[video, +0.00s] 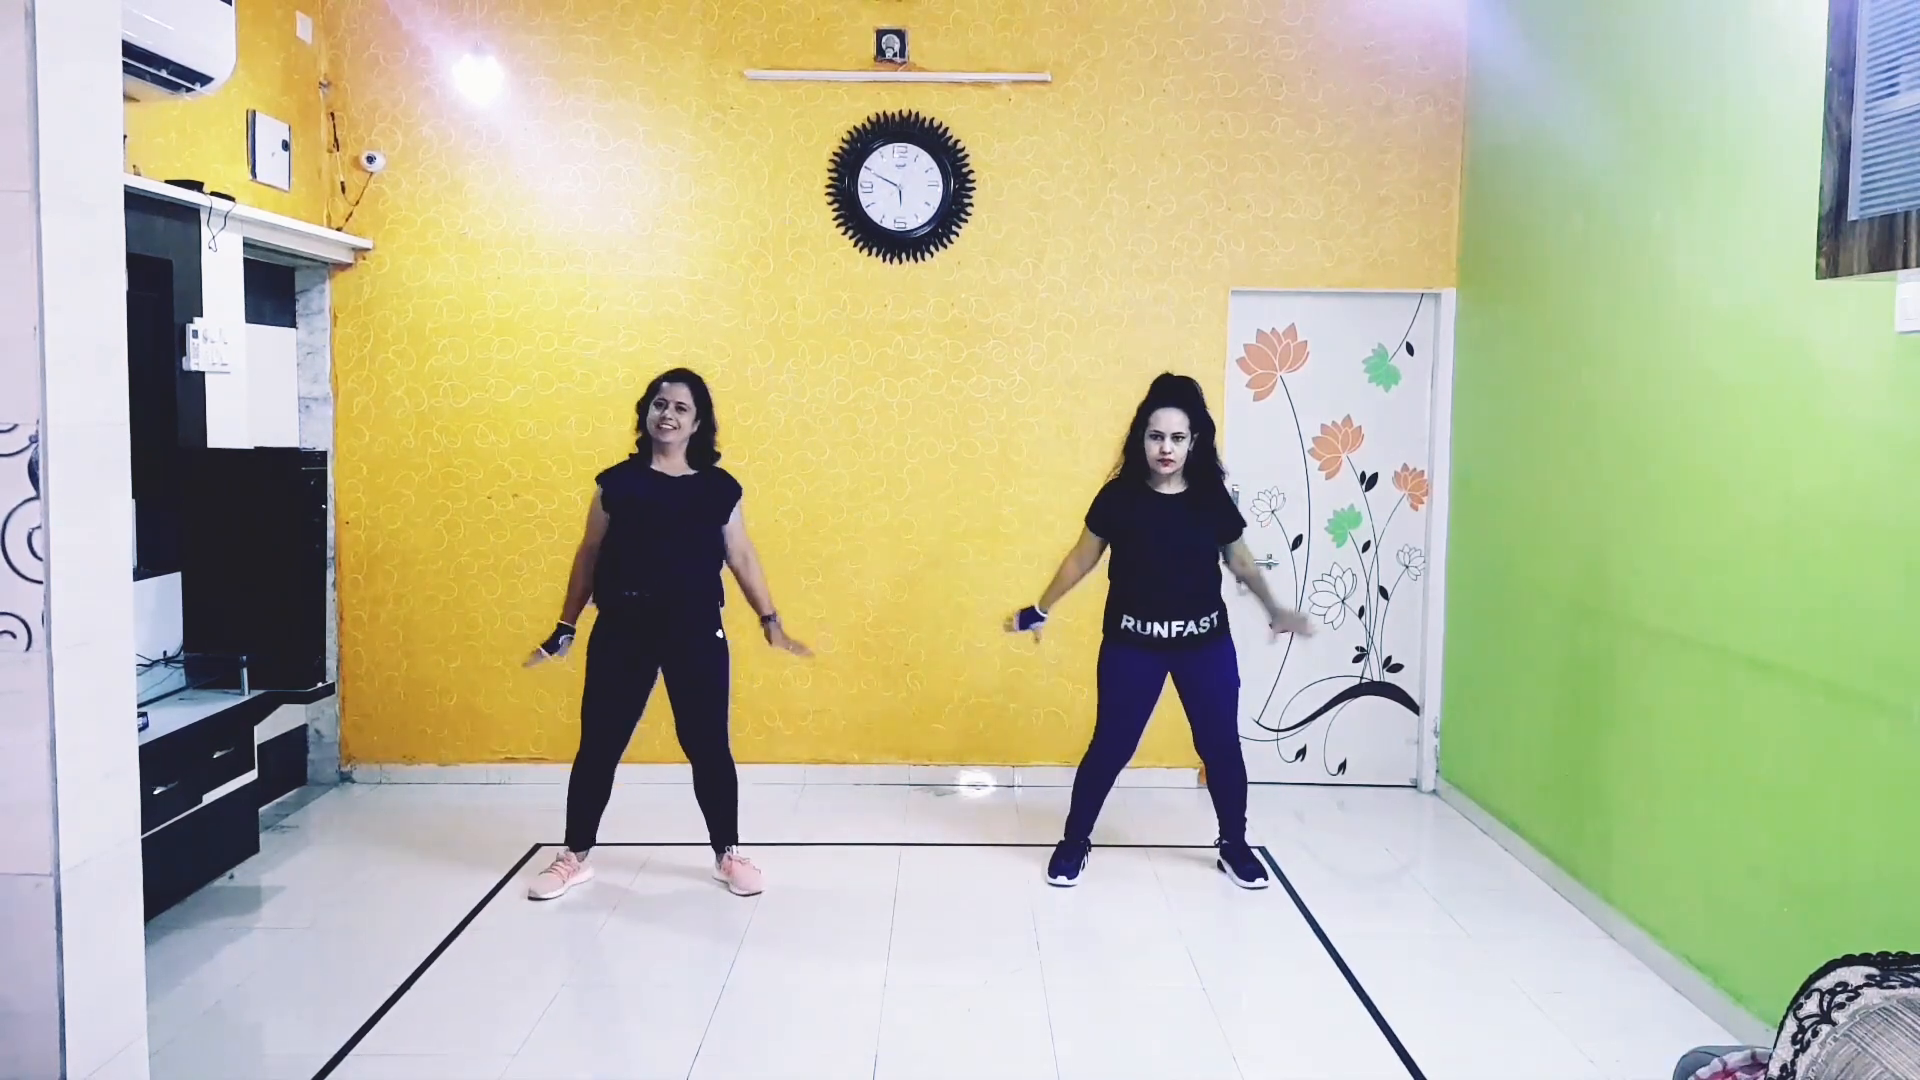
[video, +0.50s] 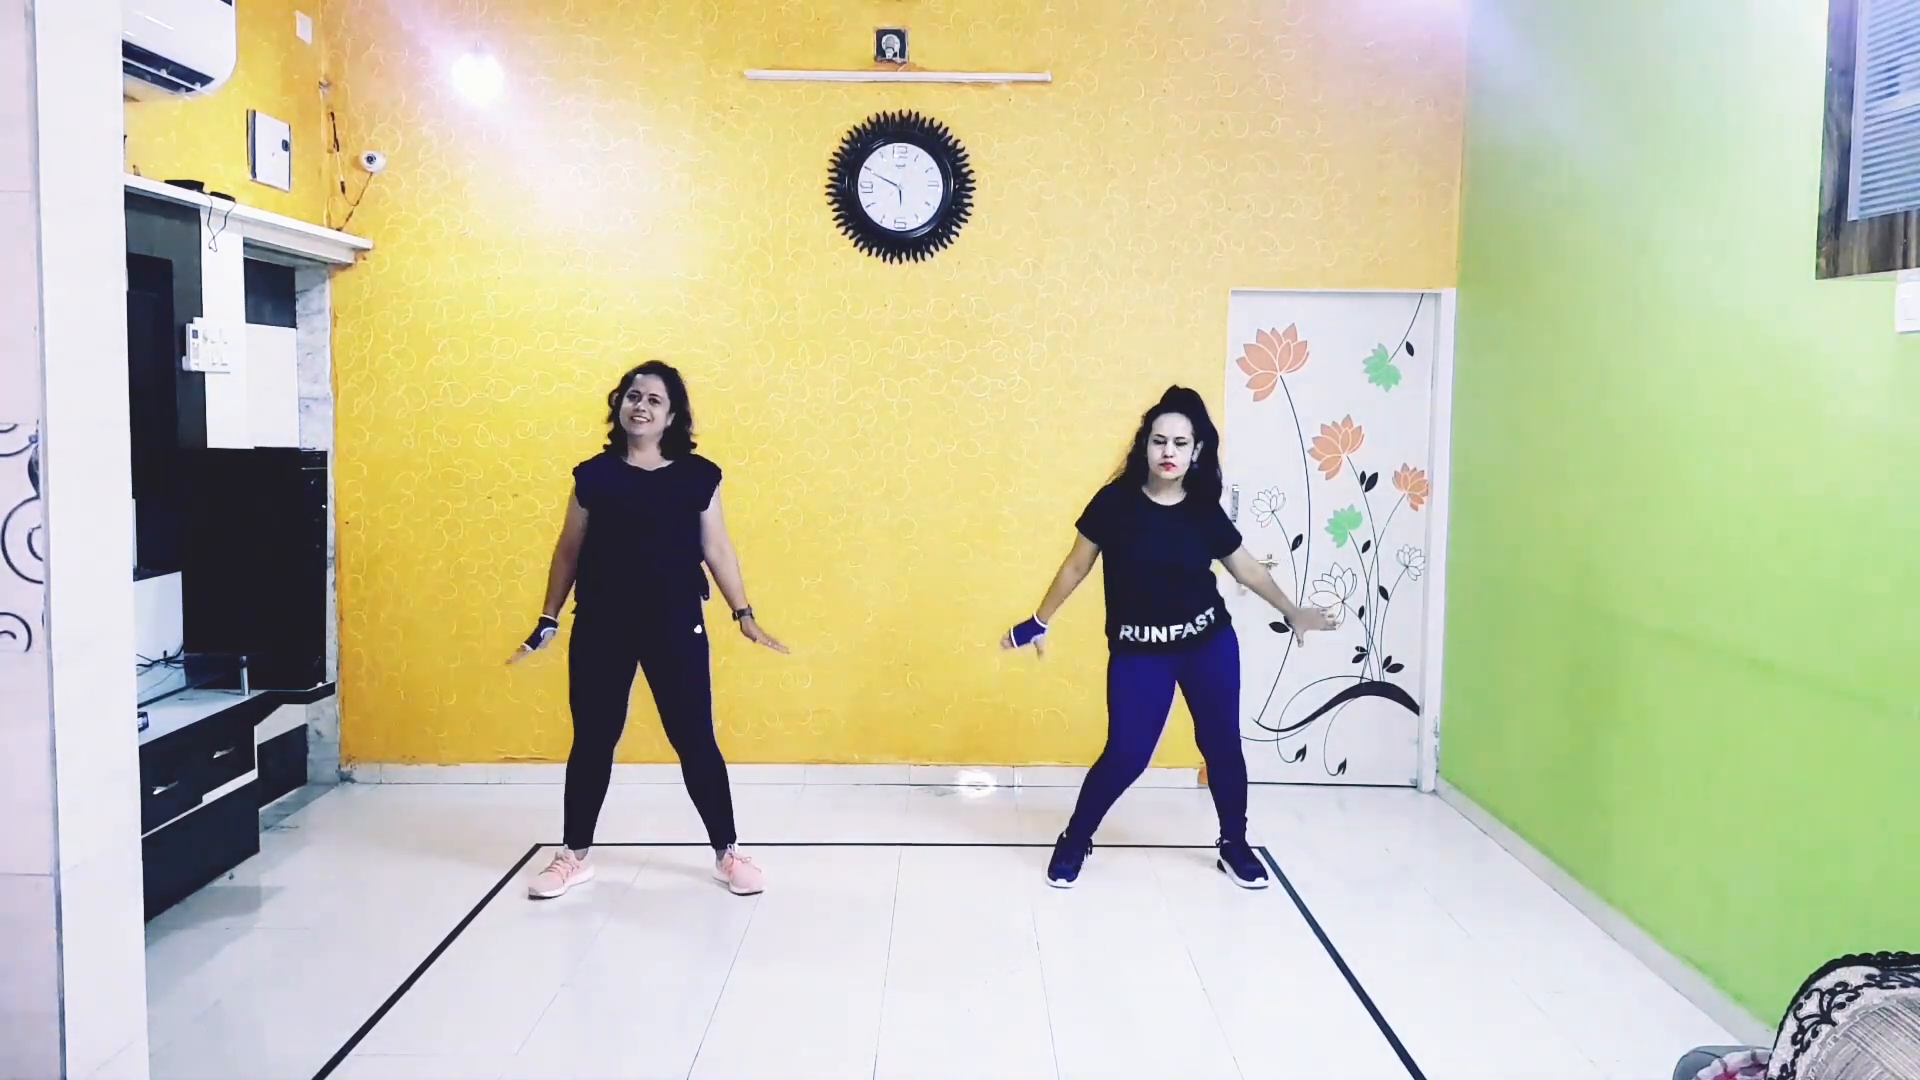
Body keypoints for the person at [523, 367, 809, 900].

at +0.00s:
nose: (668, 414)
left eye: (681, 408)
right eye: (659, 405)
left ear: (699, 421)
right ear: (646, 415)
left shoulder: (718, 488)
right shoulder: (617, 483)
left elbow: (742, 556)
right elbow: (590, 554)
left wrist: (770, 616)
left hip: (695, 635)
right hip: (623, 633)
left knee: (710, 746)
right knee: (598, 745)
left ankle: (729, 854)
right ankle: (574, 856)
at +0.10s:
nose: (661, 409)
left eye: (675, 403)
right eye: (653, 399)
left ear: (694, 416)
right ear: (640, 407)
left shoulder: (713, 481)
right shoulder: (610, 474)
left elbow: (735, 549)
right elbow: (582, 548)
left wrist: (765, 608)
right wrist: (553, 614)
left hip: (686, 628)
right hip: (614, 625)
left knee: (702, 741)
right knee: (598, 740)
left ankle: (727, 851)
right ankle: (573, 854)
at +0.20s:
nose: (655, 407)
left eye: (668, 401)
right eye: (647, 397)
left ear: (687, 416)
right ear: (633, 406)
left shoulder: (706, 478)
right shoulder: (605, 472)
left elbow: (733, 548)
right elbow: (570, 546)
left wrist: (766, 606)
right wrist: (532, 610)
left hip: (682, 631)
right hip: (609, 628)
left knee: (699, 742)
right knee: (596, 741)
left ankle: (726, 852)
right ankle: (574, 854)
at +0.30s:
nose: (649, 406)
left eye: (663, 400)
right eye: (642, 396)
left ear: (681, 414)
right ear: (627, 405)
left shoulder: (702, 476)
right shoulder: (600, 471)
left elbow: (728, 547)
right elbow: (565, 547)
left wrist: (758, 606)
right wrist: (529, 610)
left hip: (681, 627)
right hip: (609, 624)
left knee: (698, 737)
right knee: (595, 738)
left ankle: (727, 853)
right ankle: (573, 854)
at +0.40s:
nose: (642, 405)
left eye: (656, 399)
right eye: (635, 396)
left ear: (676, 413)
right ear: (622, 405)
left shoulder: (698, 477)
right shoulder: (596, 474)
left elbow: (721, 546)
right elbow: (568, 547)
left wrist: (748, 609)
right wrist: (542, 613)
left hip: (680, 628)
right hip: (607, 627)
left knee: (699, 740)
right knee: (595, 740)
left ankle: (728, 853)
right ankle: (574, 854)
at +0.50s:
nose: (640, 405)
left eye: (654, 400)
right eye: (633, 396)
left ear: (673, 414)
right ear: (619, 406)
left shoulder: (697, 478)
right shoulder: (593, 476)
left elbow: (718, 548)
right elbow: (569, 550)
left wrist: (743, 612)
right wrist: (549, 618)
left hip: (673, 628)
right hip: (601, 627)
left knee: (696, 740)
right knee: (592, 741)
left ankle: (727, 854)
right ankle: (574, 854)